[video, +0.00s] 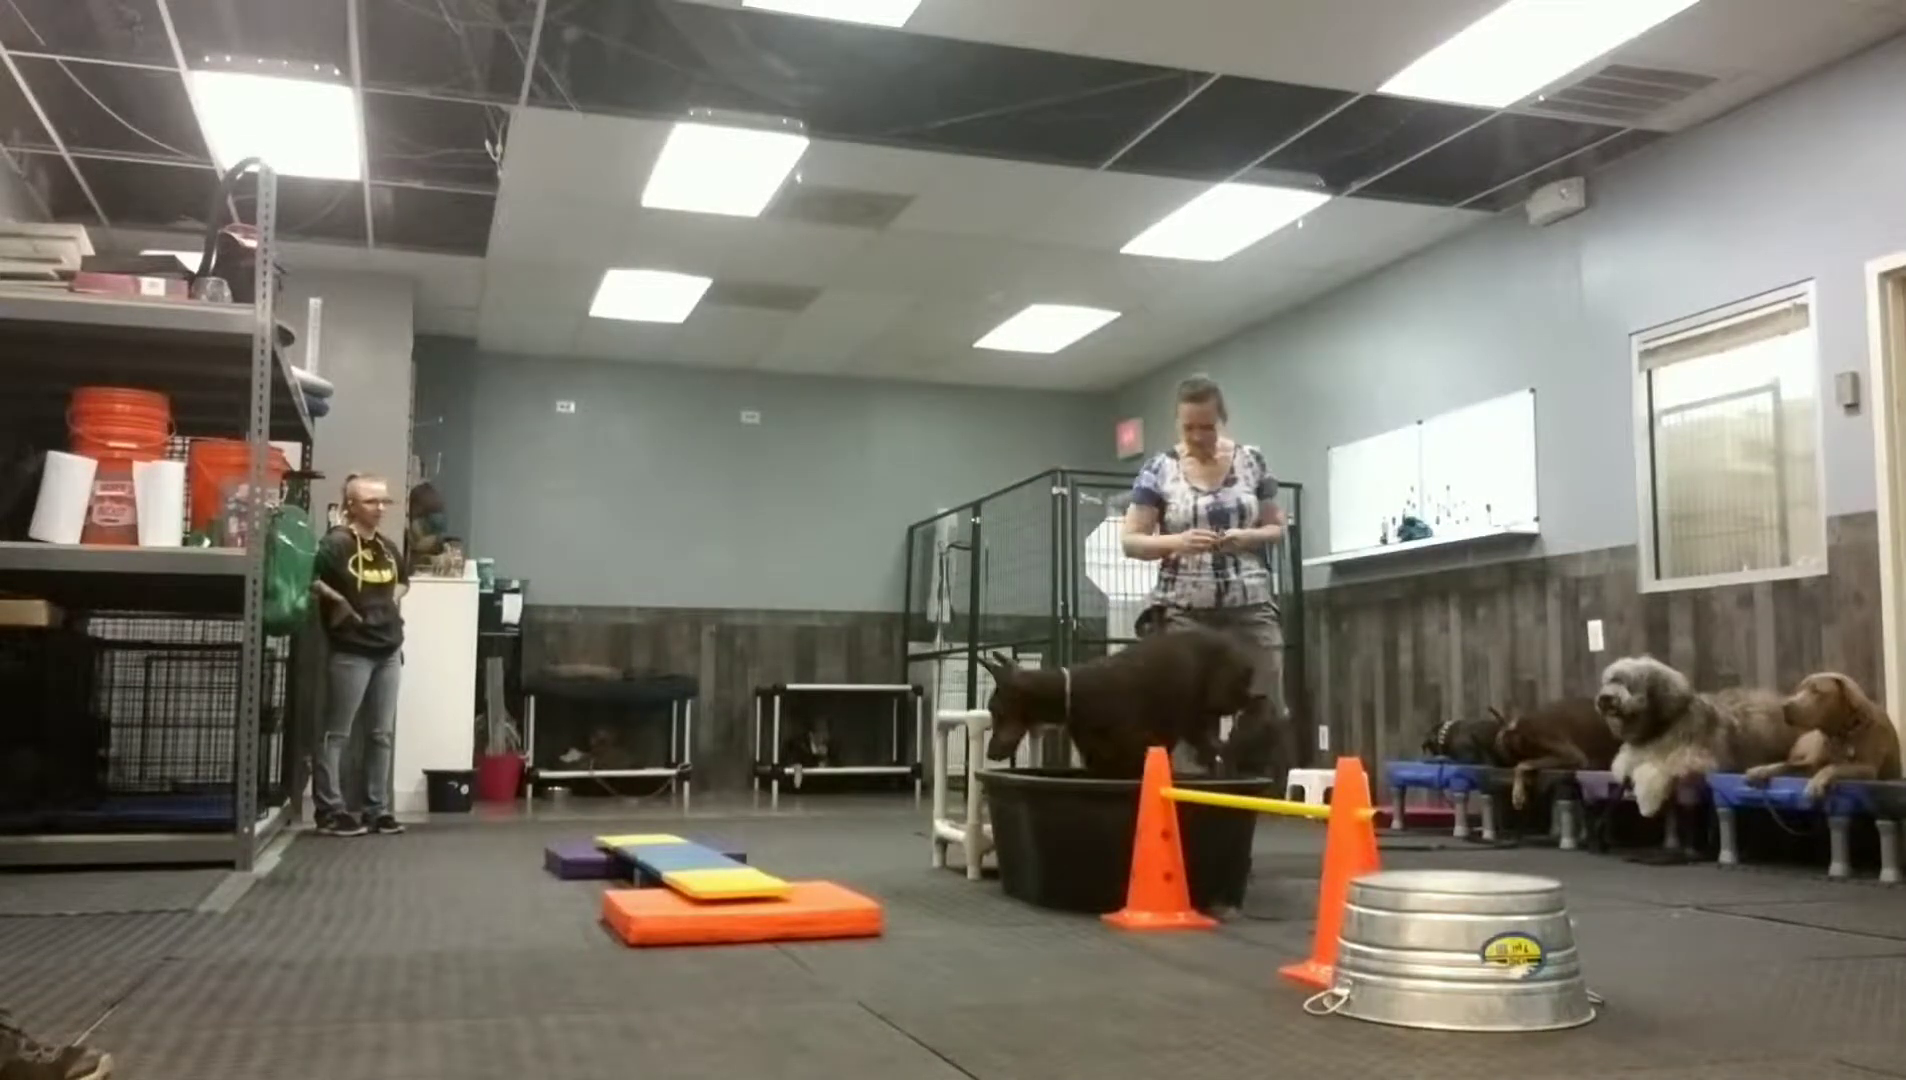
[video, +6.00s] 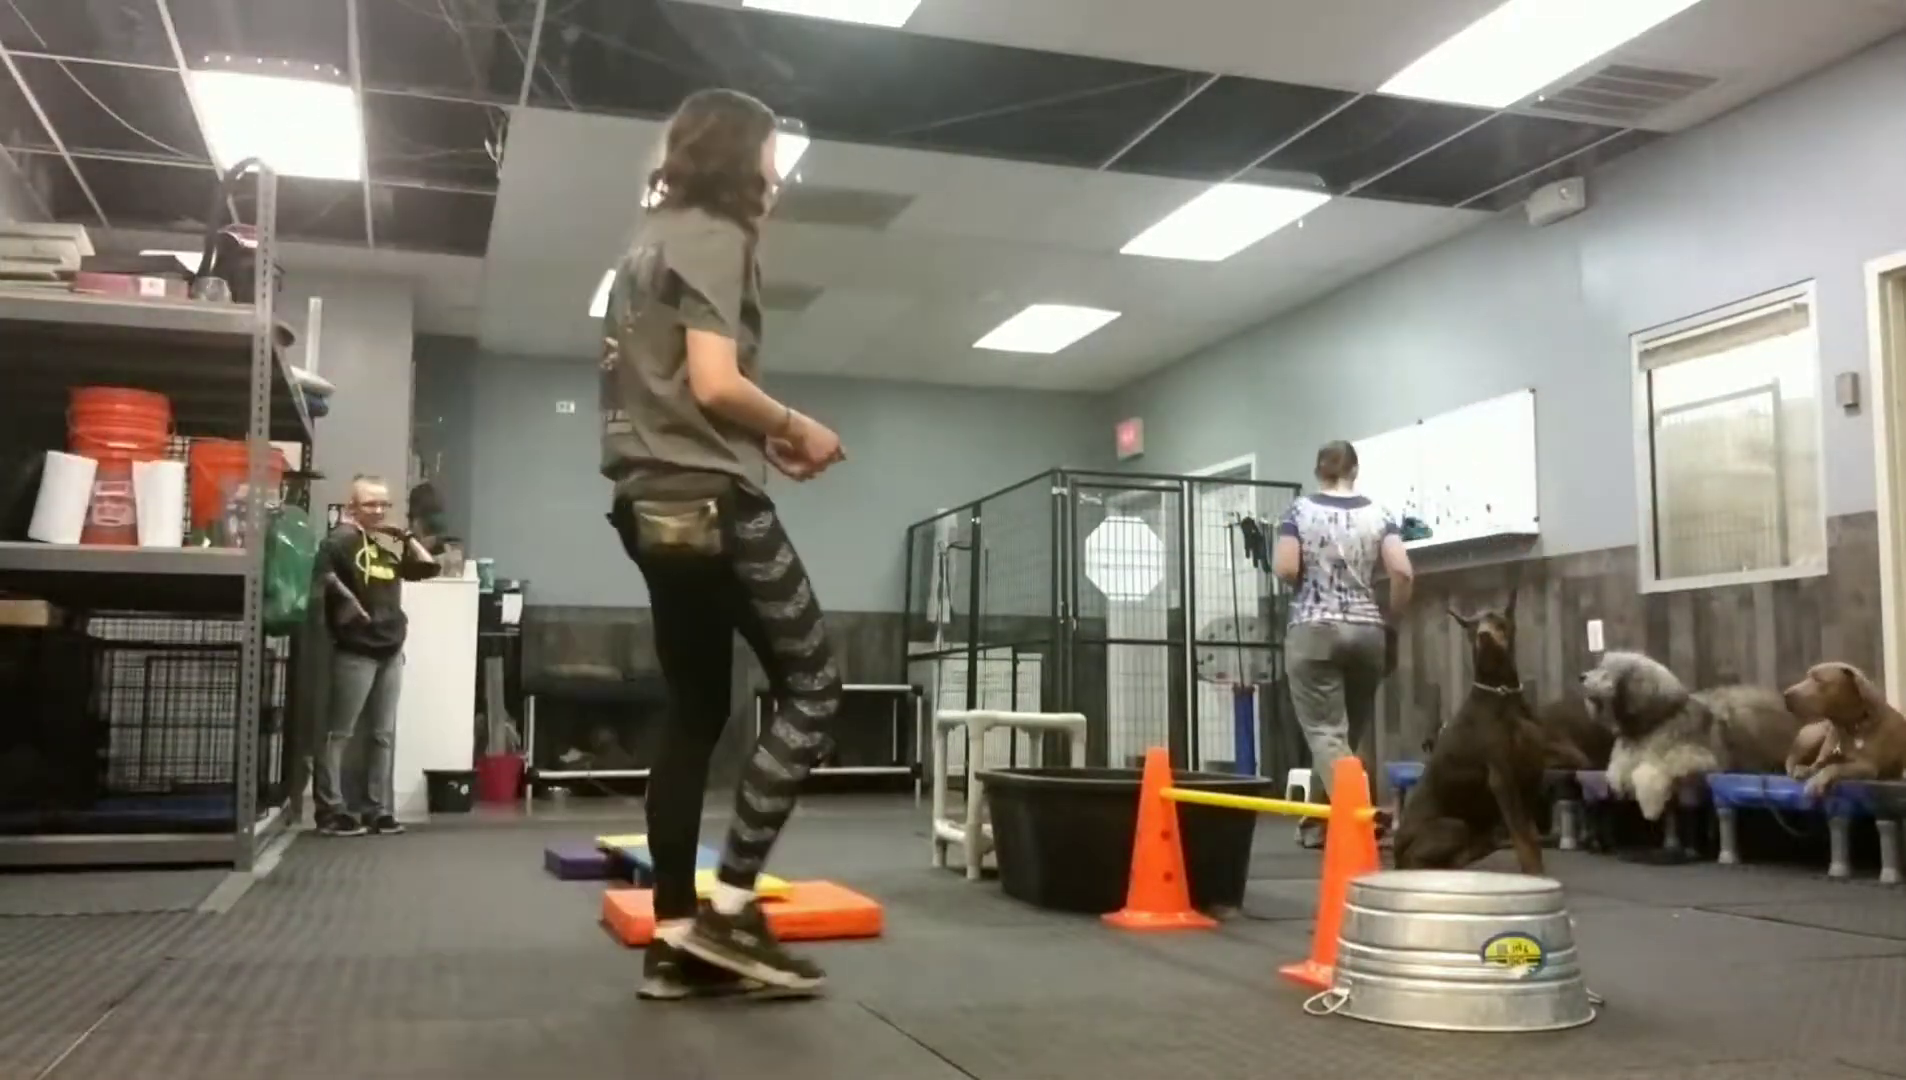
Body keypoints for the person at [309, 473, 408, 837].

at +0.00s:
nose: (379, 508)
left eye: (382, 502)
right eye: (371, 502)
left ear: (385, 505)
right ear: (351, 505)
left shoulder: (386, 545)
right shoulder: (336, 542)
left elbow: (401, 582)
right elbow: (312, 578)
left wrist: (392, 612)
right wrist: (340, 603)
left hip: (388, 649)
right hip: (351, 648)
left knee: (381, 734)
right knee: (337, 734)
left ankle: (376, 810)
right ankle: (329, 810)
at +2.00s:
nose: (389, 509)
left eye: (392, 503)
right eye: (381, 502)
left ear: (392, 507)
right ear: (358, 504)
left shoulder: (389, 547)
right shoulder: (338, 546)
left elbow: (403, 584)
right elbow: (317, 586)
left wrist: (394, 621)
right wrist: (347, 607)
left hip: (393, 649)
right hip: (355, 649)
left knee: (383, 734)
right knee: (338, 735)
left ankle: (377, 811)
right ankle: (330, 811)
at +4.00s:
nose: (390, 504)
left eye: (392, 498)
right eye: (381, 498)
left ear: (394, 504)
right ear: (359, 503)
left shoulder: (392, 546)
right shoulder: (340, 546)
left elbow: (406, 583)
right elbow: (316, 585)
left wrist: (396, 624)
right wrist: (347, 609)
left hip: (393, 649)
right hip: (355, 650)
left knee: (383, 734)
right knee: (339, 734)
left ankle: (378, 811)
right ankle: (330, 811)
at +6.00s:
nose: (380, 512)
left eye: (385, 506)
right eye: (372, 505)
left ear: (388, 509)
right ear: (353, 508)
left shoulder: (388, 549)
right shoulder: (339, 542)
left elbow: (427, 568)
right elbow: (322, 579)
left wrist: (406, 537)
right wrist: (348, 602)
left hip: (390, 649)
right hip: (354, 648)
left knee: (383, 734)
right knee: (339, 733)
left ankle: (378, 809)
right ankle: (331, 810)